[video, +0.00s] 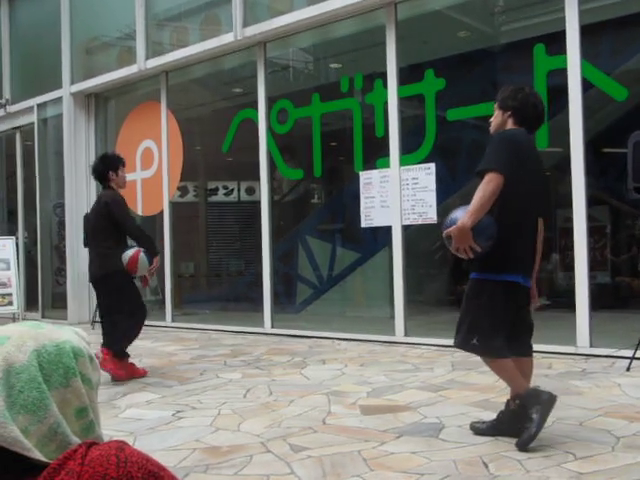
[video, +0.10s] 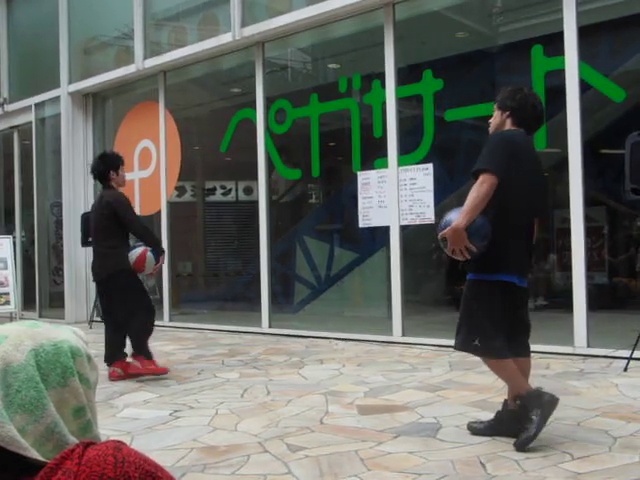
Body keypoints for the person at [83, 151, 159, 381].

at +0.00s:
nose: (125, 177)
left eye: (124, 172)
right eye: (122, 172)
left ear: (107, 177)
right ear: (112, 176)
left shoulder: (97, 205)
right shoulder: (113, 199)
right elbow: (131, 228)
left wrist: (121, 258)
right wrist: (153, 251)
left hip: (99, 270)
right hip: (113, 269)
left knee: (111, 313)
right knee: (137, 310)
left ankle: (120, 363)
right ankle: (111, 353)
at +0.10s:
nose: (125, 175)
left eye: (124, 170)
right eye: (122, 171)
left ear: (106, 176)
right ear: (112, 175)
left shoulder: (102, 200)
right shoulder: (116, 198)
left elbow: (110, 238)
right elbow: (135, 225)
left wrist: (130, 260)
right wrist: (157, 247)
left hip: (103, 268)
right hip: (118, 267)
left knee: (115, 315)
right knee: (144, 309)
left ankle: (116, 362)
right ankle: (142, 356)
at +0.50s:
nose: (131, 180)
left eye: (129, 176)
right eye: (129, 176)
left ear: (108, 181)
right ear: (124, 180)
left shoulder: (101, 207)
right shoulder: (131, 205)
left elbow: (105, 240)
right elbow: (151, 232)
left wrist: (135, 255)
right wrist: (168, 253)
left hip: (106, 271)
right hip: (129, 270)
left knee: (111, 313)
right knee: (141, 306)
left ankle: (113, 358)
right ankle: (144, 348)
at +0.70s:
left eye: (109, 177)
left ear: (110, 180)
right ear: (132, 180)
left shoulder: (100, 206)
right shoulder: (140, 207)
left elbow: (92, 240)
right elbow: (157, 236)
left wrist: (93, 267)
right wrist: (169, 259)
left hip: (105, 269)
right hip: (132, 270)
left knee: (109, 309)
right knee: (132, 309)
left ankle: (113, 343)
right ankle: (135, 350)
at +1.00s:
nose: (104, 176)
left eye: (106, 173)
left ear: (108, 176)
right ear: (129, 177)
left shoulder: (99, 203)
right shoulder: (137, 203)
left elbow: (95, 236)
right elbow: (147, 234)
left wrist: (102, 252)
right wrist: (148, 254)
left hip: (106, 266)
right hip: (131, 265)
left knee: (96, 306)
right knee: (130, 307)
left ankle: (94, 347)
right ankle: (132, 349)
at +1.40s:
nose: (112, 179)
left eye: (111, 175)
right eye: (109, 176)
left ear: (93, 182)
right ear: (103, 180)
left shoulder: (87, 205)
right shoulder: (110, 202)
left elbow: (88, 238)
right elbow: (120, 230)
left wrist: (116, 250)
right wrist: (134, 249)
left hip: (88, 265)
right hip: (107, 264)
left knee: (92, 305)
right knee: (121, 304)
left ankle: (92, 343)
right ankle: (126, 344)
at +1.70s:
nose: (103, 181)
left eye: (102, 178)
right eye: (99, 178)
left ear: (88, 181)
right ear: (88, 180)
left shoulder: (83, 200)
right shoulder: (88, 200)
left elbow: (91, 232)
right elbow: (94, 229)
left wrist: (106, 253)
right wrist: (107, 250)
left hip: (81, 261)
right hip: (85, 261)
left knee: (87, 305)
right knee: (92, 304)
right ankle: (92, 344)